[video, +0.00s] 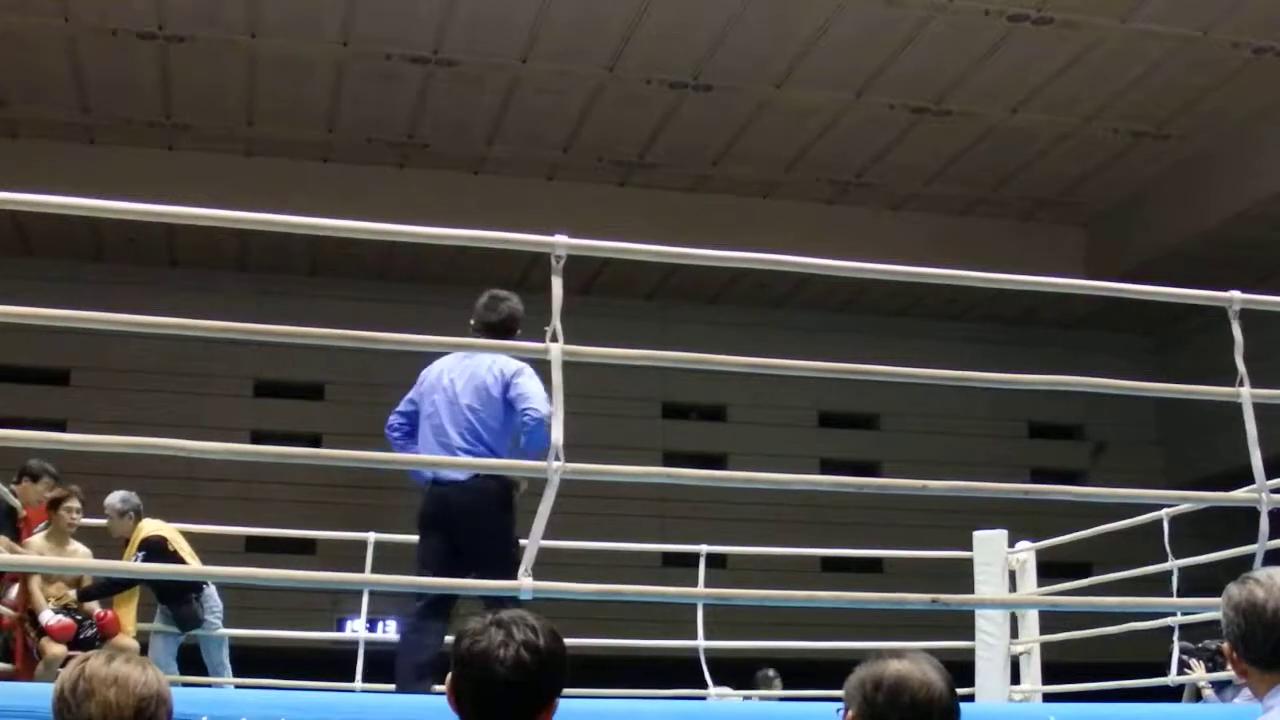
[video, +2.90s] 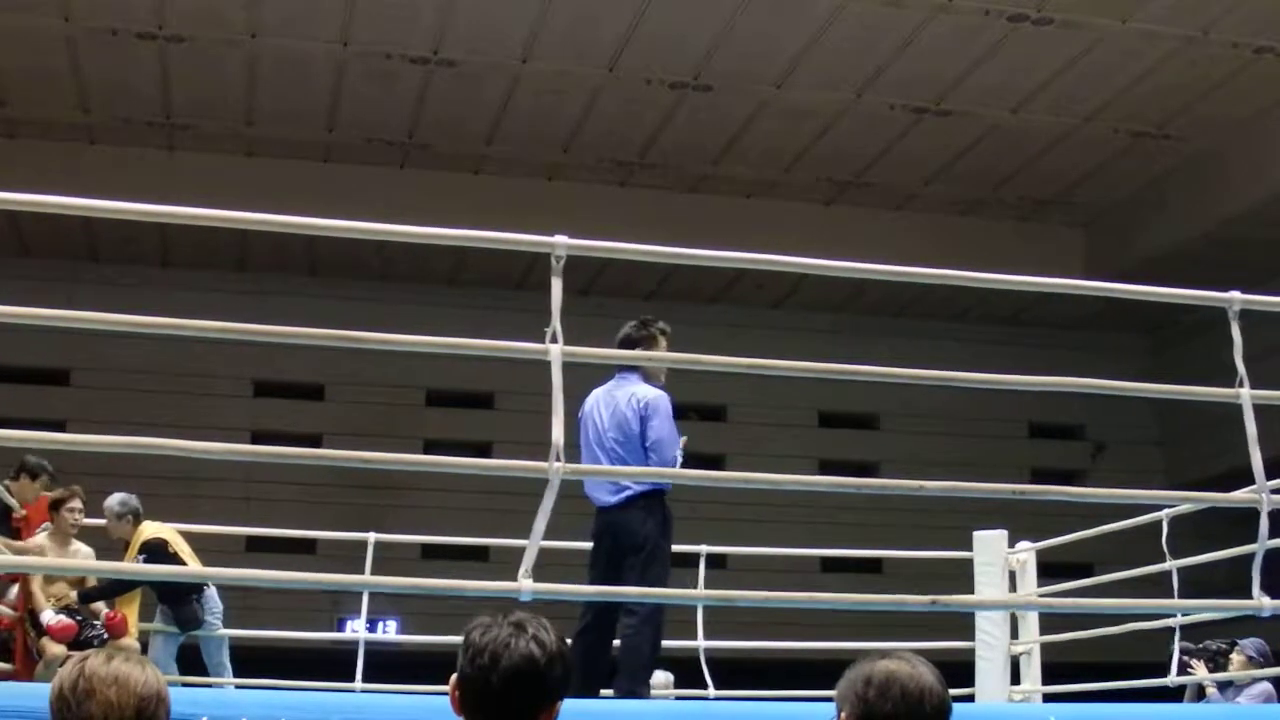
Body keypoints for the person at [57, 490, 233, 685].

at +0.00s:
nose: (107, 524)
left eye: (110, 518)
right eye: (107, 518)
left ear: (129, 518)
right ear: (129, 518)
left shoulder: (153, 539)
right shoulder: (139, 536)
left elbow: (125, 581)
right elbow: (120, 579)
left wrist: (78, 595)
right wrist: (83, 591)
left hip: (201, 600)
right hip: (171, 603)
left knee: (217, 665)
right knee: (160, 660)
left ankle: (229, 713)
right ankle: (175, 709)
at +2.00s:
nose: (105, 525)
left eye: (109, 519)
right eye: (106, 519)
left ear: (127, 521)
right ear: (126, 521)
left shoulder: (153, 542)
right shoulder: (136, 540)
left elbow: (125, 584)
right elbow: (124, 583)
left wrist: (79, 596)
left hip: (201, 600)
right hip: (170, 603)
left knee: (218, 665)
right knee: (160, 660)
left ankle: (229, 712)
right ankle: (177, 709)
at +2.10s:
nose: (105, 524)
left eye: (109, 519)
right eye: (106, 518)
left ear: (127, 521)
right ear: (127, 521)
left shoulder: (154, 542)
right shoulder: (136, 540)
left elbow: (125, 584)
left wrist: (79, 596)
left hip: (202, 601)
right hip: (170, 603)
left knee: (218, 666)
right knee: (160, 660)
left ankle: (229, 711)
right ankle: (177, 709)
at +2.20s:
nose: (105, 524)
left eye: (109, 518)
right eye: (106, 518)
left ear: (128, 520)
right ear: (128, 520)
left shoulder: (154, 541)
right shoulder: (137, 540)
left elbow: (124, 584)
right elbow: (123, 584)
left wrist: (79, 596)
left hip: (202, 600)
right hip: (171, 603)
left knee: (218, 666)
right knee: (160, 660)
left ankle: (229, 712)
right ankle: (176, 709)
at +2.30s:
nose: (106, 525)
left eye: (109, 519)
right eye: (106, 519)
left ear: (127, 521)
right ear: (127, 520)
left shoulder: (154, 542)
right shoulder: (138, 538)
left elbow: (126, 583)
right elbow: (124, 582)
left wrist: (79, 596)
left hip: (202, 600)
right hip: (171, 603)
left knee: (218, 666)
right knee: (160, 660)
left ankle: (229, 712)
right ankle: (176, 709)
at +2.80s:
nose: (106, 525)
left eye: (109, 520)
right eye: (106, 520)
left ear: (128, 521)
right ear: (129, 520)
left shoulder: (154, 543)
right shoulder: (139, 539)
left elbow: (125, 583)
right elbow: (127, 583)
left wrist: (78, 597)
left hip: (202, 600)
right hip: (171, 603)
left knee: (217, 665)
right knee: (160, 660)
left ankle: (230, 713)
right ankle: (173, 709)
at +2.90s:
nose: (105, 525)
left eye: (109, 519)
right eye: (106, 519)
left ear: (128, 520)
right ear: (128, 520)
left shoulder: (154, 543)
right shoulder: (139, 539)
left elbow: (124, 584)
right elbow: (125, 583)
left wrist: (79, 597)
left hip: (202, 600)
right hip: (171, 603)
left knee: (217, 664)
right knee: (159, 660)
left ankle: (230, 712)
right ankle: (175, 708)